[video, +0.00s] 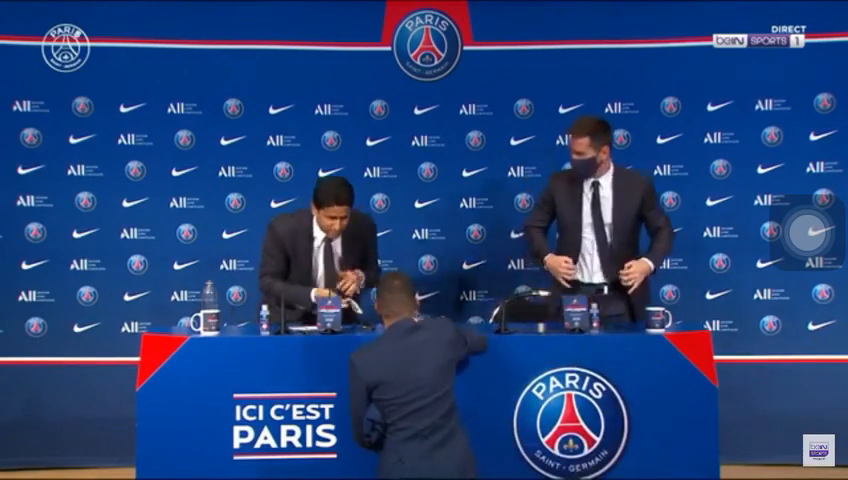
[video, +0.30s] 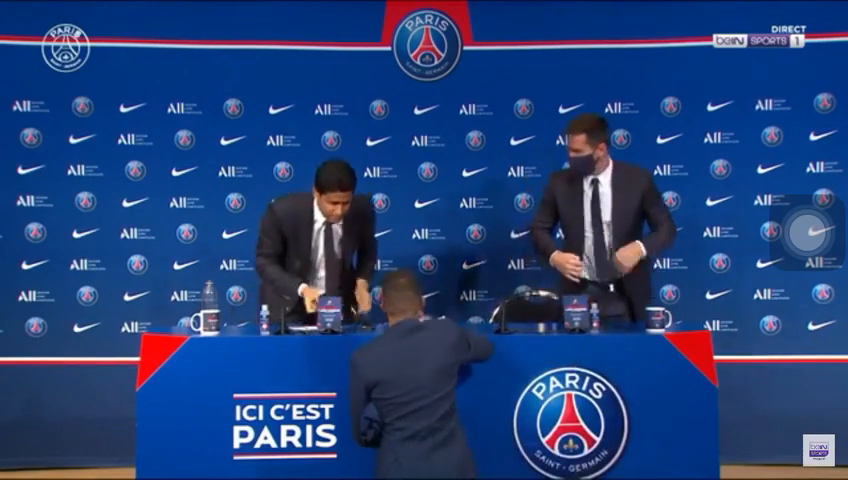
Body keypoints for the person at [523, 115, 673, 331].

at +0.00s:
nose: (574, 161)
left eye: (581, 156)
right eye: (572, 154)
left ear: (604, 153)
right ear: (570, 148)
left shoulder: (637, 185)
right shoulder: (560, 184)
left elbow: (663, 231)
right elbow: (534, 227)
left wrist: (647, 263)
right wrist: (547, 258)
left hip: (618, 298)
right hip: (571, 297)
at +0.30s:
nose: (571, 158)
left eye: (578, 152)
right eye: (569, 151)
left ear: (601, 150)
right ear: (567, 146)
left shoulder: (637, 180)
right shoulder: (560, 182)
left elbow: (666, 229)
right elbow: (539, 229)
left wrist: (639, 249)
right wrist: (554, 256)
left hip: (625, 295)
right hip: (578, 295)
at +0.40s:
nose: (570, 160)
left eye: (577, 155)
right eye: (568, 154)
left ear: (600, 151)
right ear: (566, 148)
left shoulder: (636, 177)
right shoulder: (560, 183)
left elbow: (662, 228)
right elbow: (540, 230)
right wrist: (556, 257)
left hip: (628, 294)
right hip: (581, 295)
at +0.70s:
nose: (573, 163)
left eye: (579, 157)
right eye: (570, 156)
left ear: (601, 151)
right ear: (566, 152)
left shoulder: (633, 174)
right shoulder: (558, 182)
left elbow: (659, 223)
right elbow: (538, 231)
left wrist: (623, 200)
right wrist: (557, 241)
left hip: (626, 290)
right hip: (580, 291)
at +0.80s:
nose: (580, 168)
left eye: (586, 162)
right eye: (576, 162)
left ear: (606, 154)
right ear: (571, 156)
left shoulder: (634, 173)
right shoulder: (564, 180)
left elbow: (659, 224)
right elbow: (543, 235)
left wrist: (624, 187)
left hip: (625, 290)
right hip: (580, 289)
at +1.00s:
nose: (592, 169)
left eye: (599, 163)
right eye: (588, 163)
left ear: (618, 154)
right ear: (583, 158)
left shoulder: (650, 174)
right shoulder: (585, 180)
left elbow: (659, 226)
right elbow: (559, 230)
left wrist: (631, 186)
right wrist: (575, 191)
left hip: (637, 291)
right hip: (594, 291)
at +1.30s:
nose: (609, 168)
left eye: (615, 162)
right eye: (604, 162)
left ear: (636, 153)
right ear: (599, 158)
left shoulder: (671, 177)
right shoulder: (607, 180)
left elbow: (672, 226)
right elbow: (583, 227)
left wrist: (646, 183)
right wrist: (596, 184)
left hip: (655, 292)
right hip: (614, 292)